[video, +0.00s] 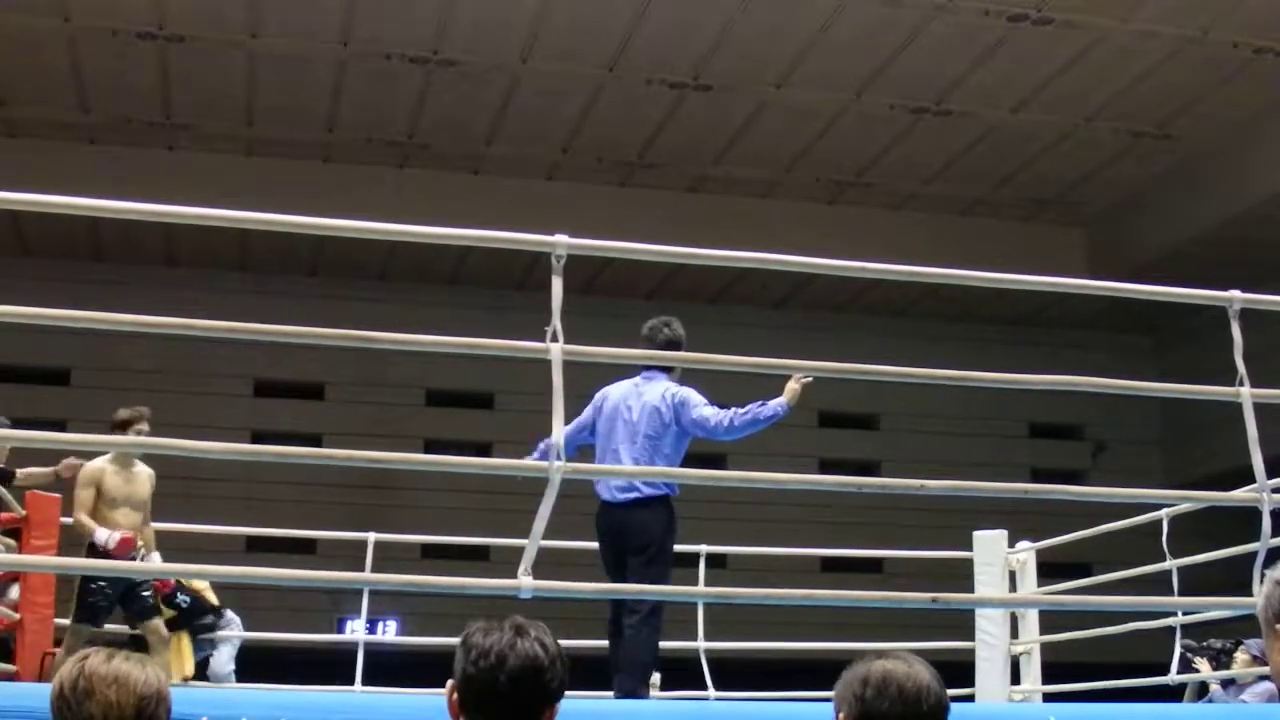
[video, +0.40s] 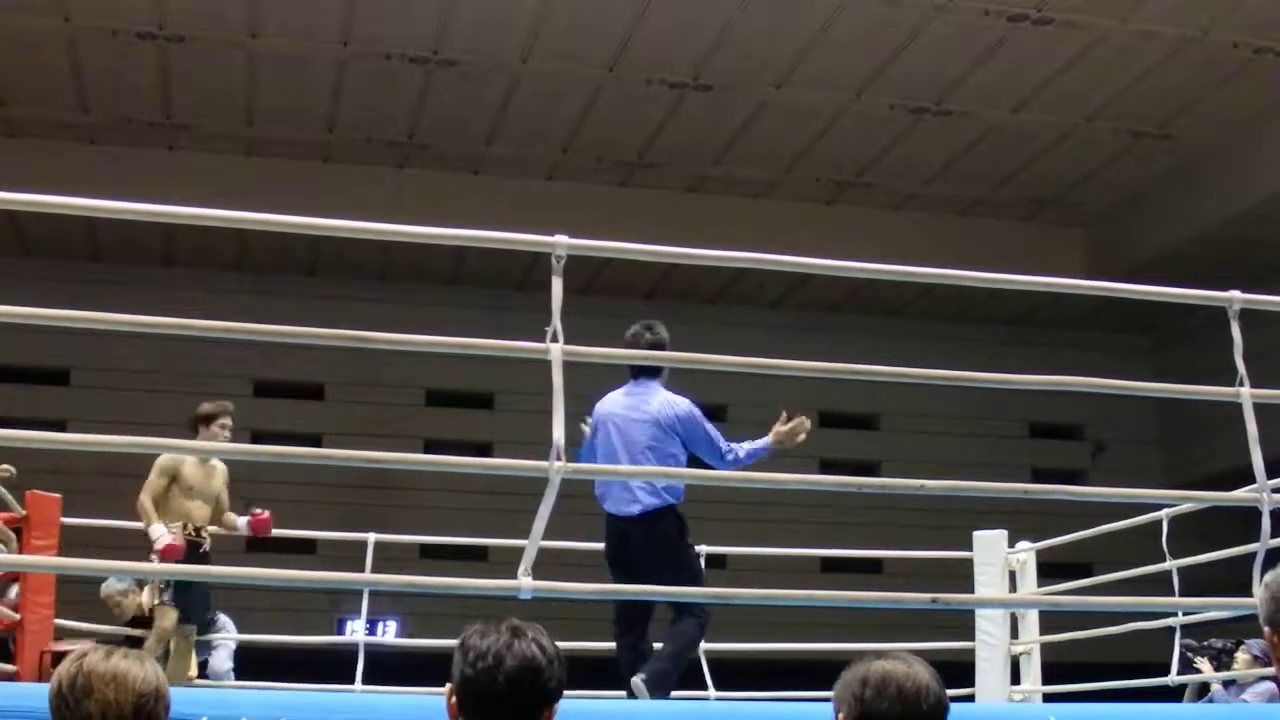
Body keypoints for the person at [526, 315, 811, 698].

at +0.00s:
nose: (679, 359)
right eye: (680, 354)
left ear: (642, 353)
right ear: (679, 357)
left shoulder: (609, 395)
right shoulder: (678, 397)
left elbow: (569, 436)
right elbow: (720, 423)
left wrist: (533, 460)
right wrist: (783, 402)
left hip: (610, 514)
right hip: (652, 513)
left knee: (622, 602)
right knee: (644, 605)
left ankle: (624, 687)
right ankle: (630, 696)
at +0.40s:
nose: (660, 361)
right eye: (664, 355)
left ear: (627, 361)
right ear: (665, 361)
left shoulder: (604, 407)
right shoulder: (677, 408)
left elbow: (586, 463)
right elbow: (726, 457)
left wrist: (589, 439)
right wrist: (772, 442)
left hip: (617, 528)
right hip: (661, 525)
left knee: (631, 615)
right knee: (692, 610)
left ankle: (638, 705)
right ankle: (653, 680)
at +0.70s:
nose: (660, 360)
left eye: (655, 354)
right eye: (658, 354)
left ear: (615, 359)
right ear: (652, 360)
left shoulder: (592, 409)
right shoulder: (670, 407)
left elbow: (600, 458)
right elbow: (694, 467)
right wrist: (698, 445)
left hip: (611, 524)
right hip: (657, 520)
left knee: (626, 609)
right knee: (681, 603)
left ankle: (635, 699)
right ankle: (645, 665)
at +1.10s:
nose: (649, 334)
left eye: (646, 326)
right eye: (646, 327)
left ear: (600, 331)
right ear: (636, 332)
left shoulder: (572, 379)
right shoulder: (645, 377)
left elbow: (548, 442)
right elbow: (651, 439)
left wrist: (569, 474)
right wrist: (654, 478)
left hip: (577, 496)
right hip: (621, 495)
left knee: (594, 587)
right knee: (620, 588)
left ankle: (600, 678)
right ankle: (608, 685)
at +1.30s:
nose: (622, 324)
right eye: (621, 319)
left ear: (576, 322)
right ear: (617, 325)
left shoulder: (548, 374)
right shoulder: (626, 373)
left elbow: (538, 444)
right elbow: (638, 442)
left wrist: (556, 479)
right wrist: (625, 472)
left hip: (554, 492)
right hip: (602, 494)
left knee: (550, 593)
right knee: (605, 592)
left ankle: (536, 690)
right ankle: (605, 691)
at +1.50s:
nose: (539, 318)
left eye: (542, 312)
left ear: (542, 318)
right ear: (588, 323)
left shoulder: (517, 369)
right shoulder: (606, 370)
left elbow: (517, 422)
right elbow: (616, 434)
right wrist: (596, 465)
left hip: (521, 491)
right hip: (578, 494)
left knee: (511, 593)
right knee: (579, 596)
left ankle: (503, 697)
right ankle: (594, 696)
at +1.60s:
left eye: (531, 305)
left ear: (531, 310)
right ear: (577, 312)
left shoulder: (502, 361)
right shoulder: (595, 361)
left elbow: (489, 425)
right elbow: (607, 426)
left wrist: (512, 457)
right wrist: (584, 458)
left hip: (506, 487)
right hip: (567, 490)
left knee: (501, 588)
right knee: (572, 591)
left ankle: (494, 692)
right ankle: (578, 695)